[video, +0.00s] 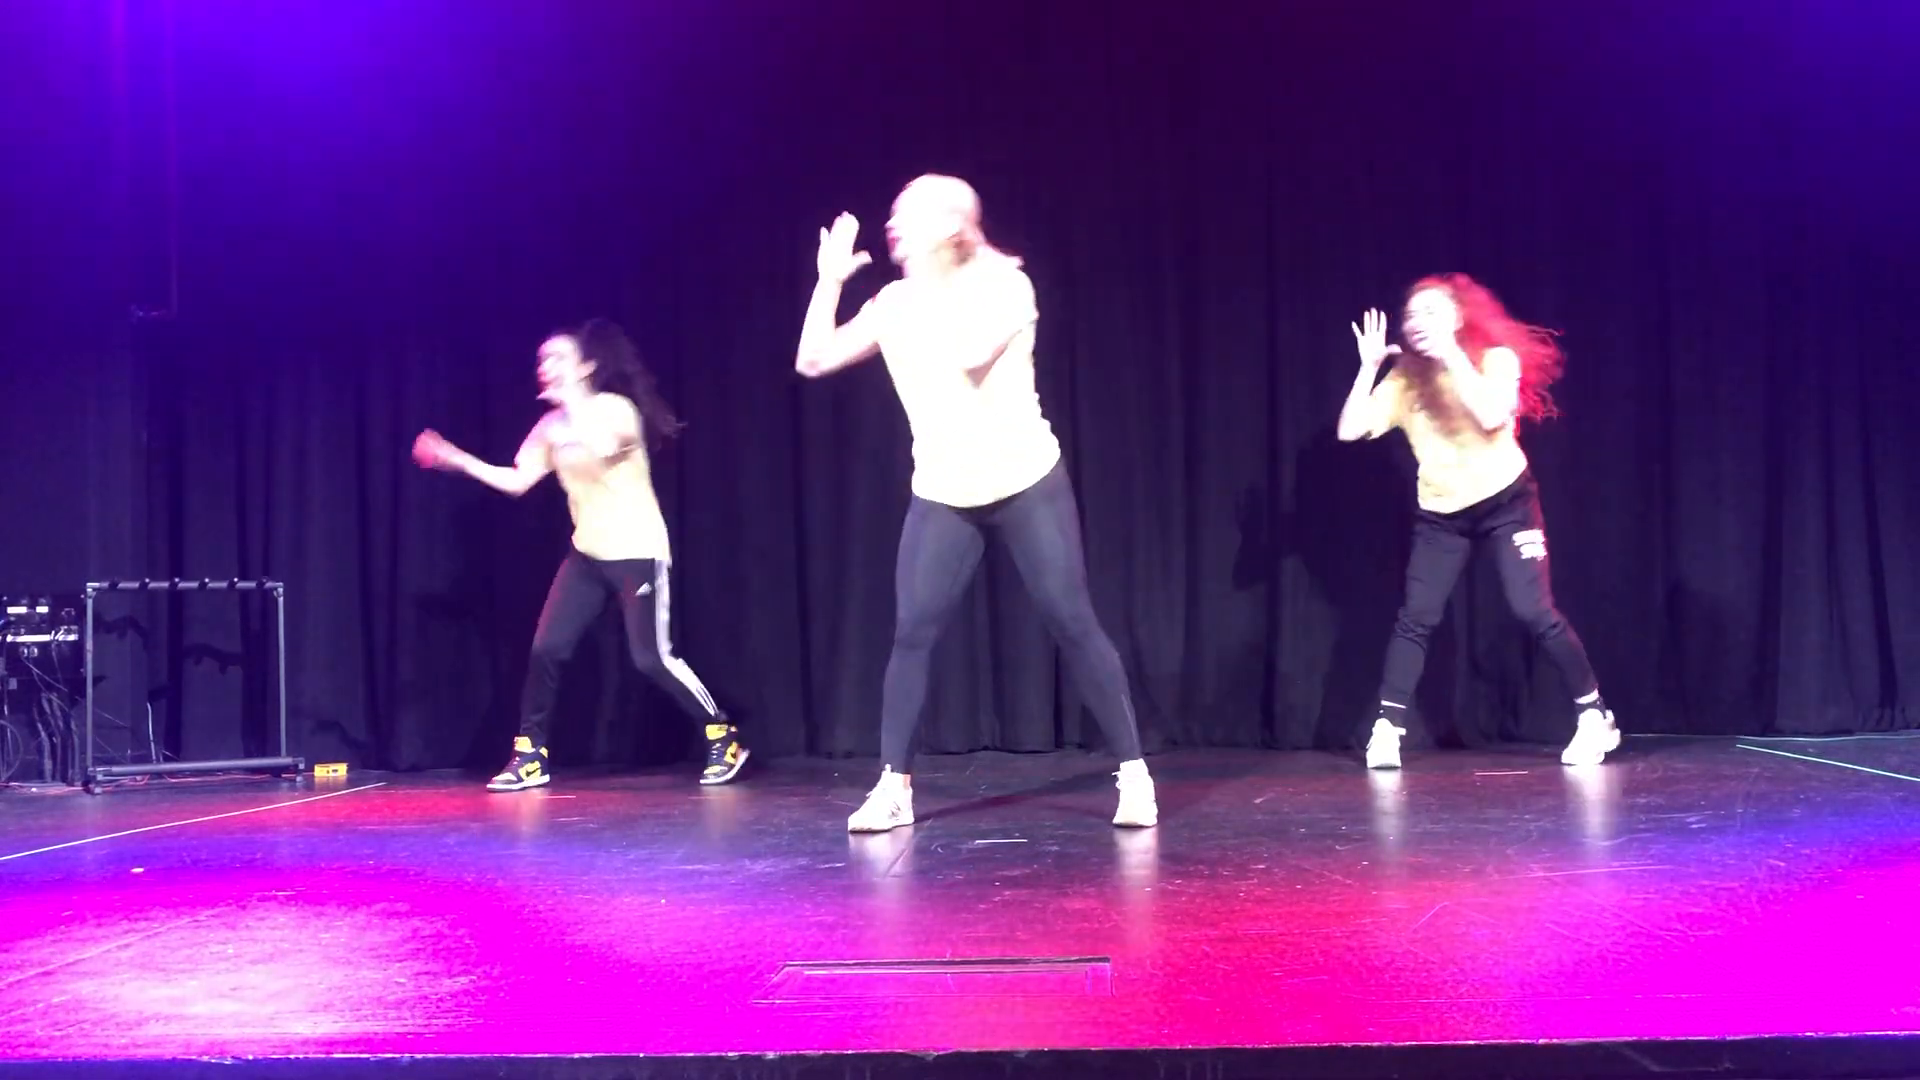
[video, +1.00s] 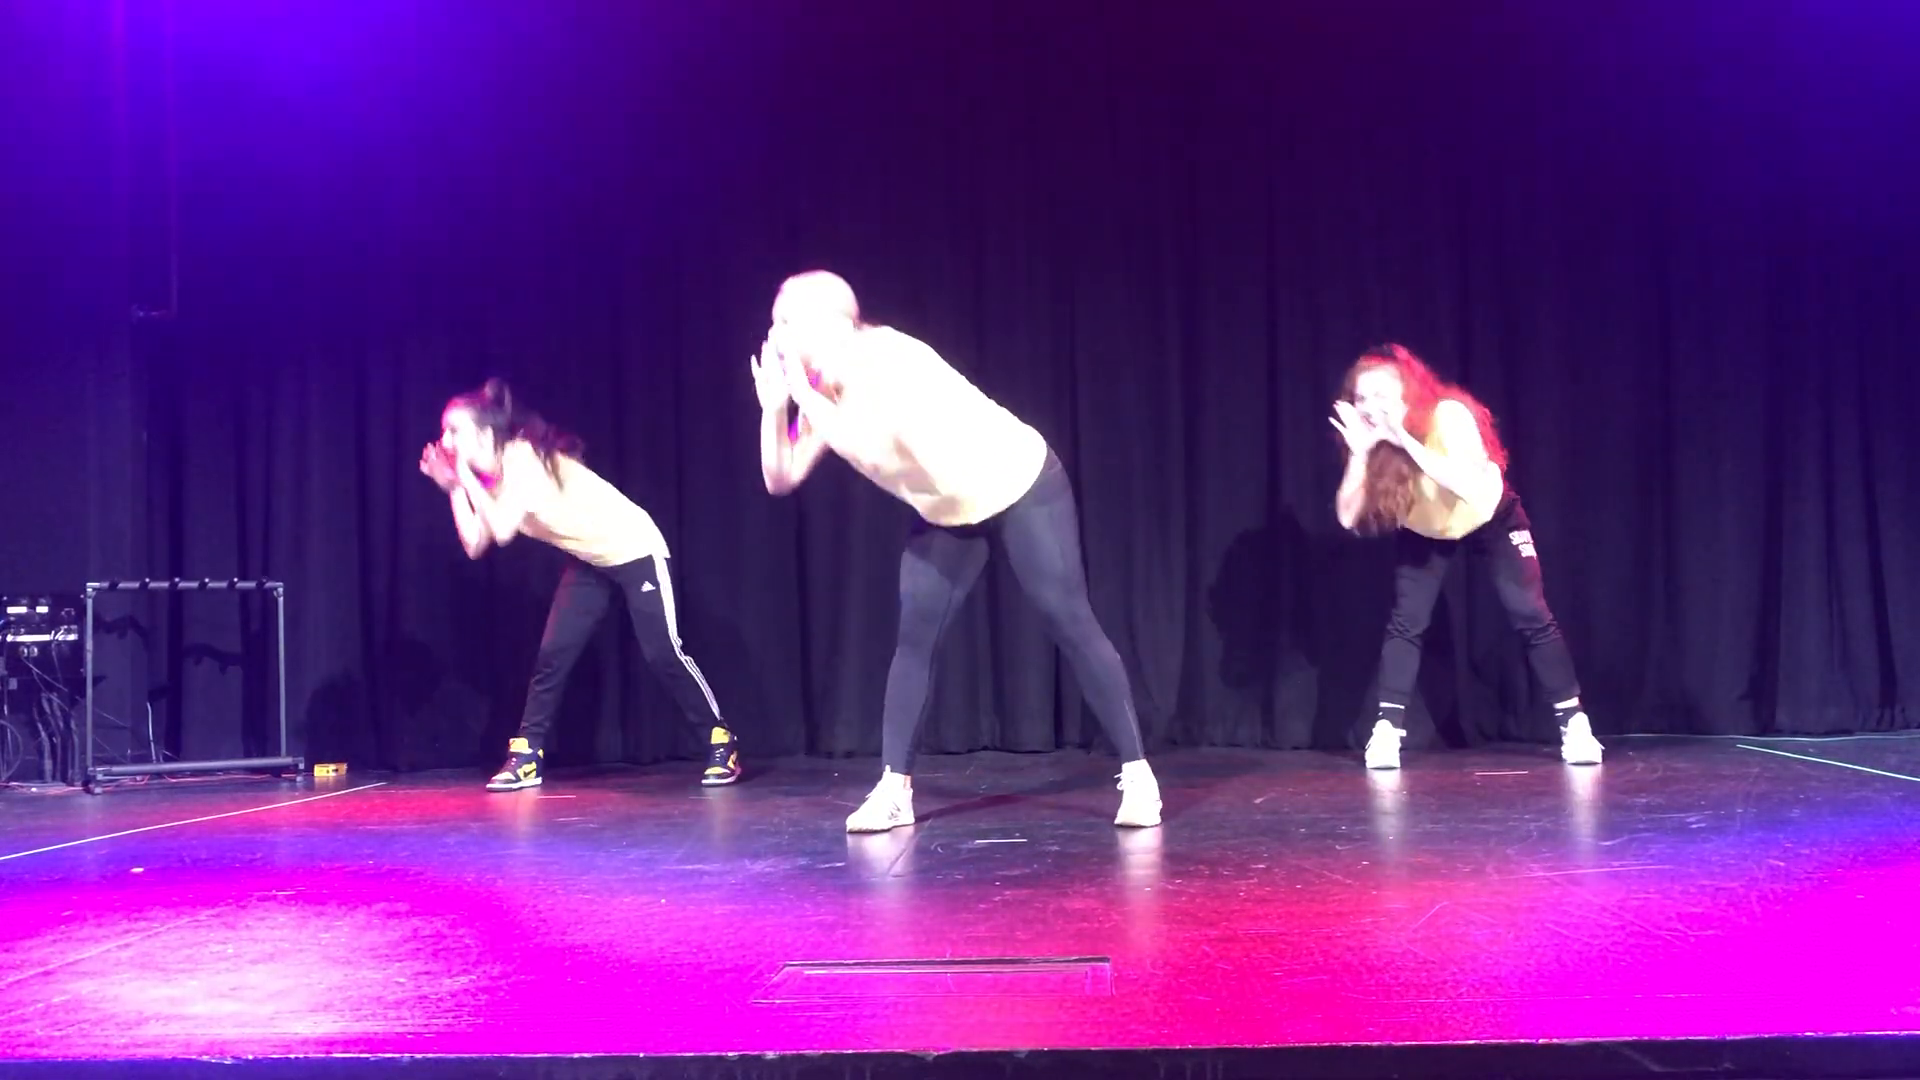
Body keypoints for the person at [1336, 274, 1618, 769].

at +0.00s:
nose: (1419, 324)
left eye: (1430, 313)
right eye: (1413, 316)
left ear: (1460, 317)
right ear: (1407, 328)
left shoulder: (1495, 360)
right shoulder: (1403, 380)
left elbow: (1493, 416)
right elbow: (1349, 429)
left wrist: (1449, 356)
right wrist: (1369, 367)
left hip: (1506, 503)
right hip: (1441, 515)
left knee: (1533, 610)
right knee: (1416, 616)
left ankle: (1596, 718)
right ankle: (1388, 729)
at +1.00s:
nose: (1375, 408)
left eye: (1383, 394)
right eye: (1366, 399)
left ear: (1408, 391)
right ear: (1356, 406)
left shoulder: (1449, 415)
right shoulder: (1373, 443)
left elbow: (1473, 486)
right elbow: (1348, 516)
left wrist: (1403, 441)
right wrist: (1358, 454)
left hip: (1493, 523)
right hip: (1427, 532)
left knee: (1530, 616)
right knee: (1406, 624)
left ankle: (1574, 724)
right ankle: (1387, 730)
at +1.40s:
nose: (1537, 428)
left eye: (1545, 418)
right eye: (1527, 418)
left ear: (1558, 418)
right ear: (1502, 419)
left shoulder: (1561, 454)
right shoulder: (1467, 452)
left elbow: (1587, 522)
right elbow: (1458, 522)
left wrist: (1567, 465)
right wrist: (1507, 467)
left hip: (1498, 533)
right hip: (1430, 526)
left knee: (1534, 618)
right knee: (1416, 619)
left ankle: (1575, 727)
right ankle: (1386, 730)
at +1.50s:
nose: (1570, 420)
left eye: (1577, 410)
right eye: (1561, 408)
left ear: (1589, 412)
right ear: (1536, 409)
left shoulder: (1575, 455)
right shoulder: (1495, 442)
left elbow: (1606, 516)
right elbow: (1488, 517)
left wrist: (1591, 461)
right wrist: (1543, 457)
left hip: (1494, 536)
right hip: (1431, 520)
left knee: (1537, 620)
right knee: (1421, 612)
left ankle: (1575, 727)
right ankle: (1386, 730)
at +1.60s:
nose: (1599, 406)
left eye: (1604, 395)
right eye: (1588, 395)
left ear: (1611, 400)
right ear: (1559, 398)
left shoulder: (1589, 448)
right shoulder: (1517, 433)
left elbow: (1621, 507)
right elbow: (1518, 509)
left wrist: (1614, 450)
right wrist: (1573, 446)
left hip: (1503, 530)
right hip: (1439, 516)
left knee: (1541, 619)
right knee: (1423, 618)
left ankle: (1575, 726)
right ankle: (1387, 729)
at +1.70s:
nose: (1617, 389)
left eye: (1621, 378)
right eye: (1605, 378)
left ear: (1628, 383)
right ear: (1577, 385)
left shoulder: (1601, 435)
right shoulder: (1536, 423)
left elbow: (1631, 496)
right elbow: (1548, 494)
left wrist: (1631, 438)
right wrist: (1599, 428)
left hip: (1508, 528)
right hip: (1445, 514)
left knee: (1544, 621)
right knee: (1425, 621)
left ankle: (1576, 728)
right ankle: (1386, 730)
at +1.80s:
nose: (1633, 374)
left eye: (1635, 364)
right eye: (1621, 365)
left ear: (1640, 368)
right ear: (1592, 372)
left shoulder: (1613, 417)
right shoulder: (1555, 411)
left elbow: (1639, 484)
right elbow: (1572, 480)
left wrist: (1643, 421)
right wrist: (1618, 412)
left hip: (1512, 524)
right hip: (1452, 511)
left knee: (1546, 618)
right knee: (1426, 620)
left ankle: (1576, 727)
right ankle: (1385, 729)